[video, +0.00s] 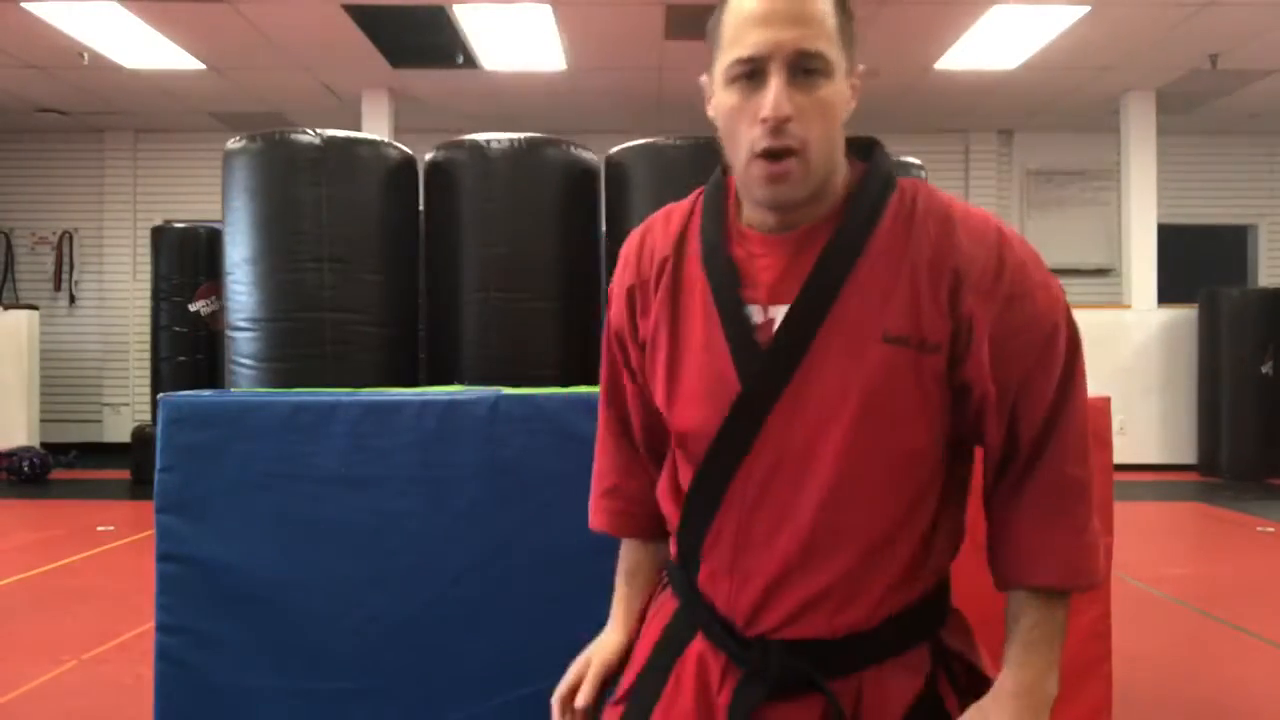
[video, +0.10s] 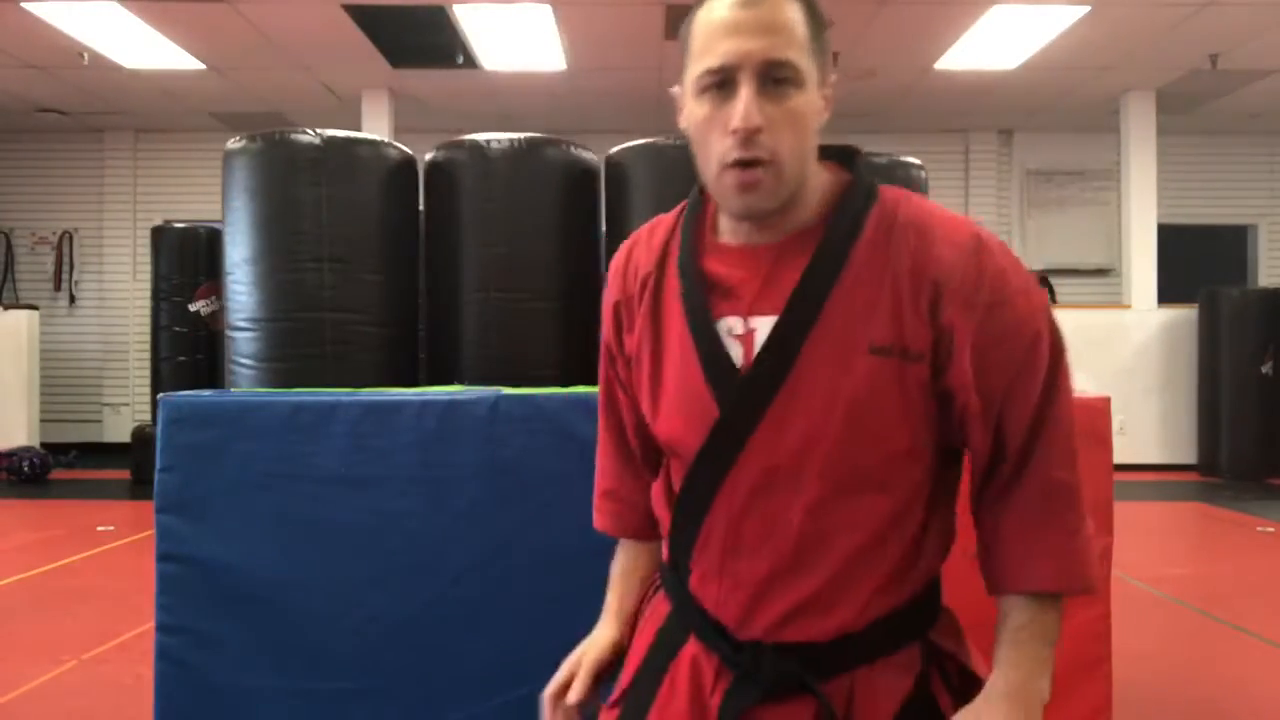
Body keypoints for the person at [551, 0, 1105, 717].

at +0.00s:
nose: (776, 107)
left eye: (807, 72)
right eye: (748, 76)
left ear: (853, 89)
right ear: (711, 100)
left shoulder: (974, 263)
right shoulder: (652, 258)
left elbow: (1045, 478)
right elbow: (638, 458)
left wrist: (1027, 683)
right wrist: (621, 622)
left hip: (883, 688)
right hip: (686, 676)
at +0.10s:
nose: (746, 116)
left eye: (778, 82)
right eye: (719, 85)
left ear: (826, 97)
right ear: (681, 108)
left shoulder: (955, 268)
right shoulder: (641, 269)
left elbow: (1034, 486)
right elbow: (636, 468)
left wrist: (1018, 688)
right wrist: (613, 618)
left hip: (872, 689)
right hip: (678, 677)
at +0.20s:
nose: (717, 125)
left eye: (746, 91)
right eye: (688, 95)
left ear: (793, 104)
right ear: (654, 117)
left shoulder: (923, 266)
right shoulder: (620, 280)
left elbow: (996, 484)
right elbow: (602, 486)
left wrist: (981, 687)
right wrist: (563, 655)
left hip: (857, 690)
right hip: (669, 682)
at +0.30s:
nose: (685, 131)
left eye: (714, 99)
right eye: (658, 102)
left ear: (759, 116)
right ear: (624, 122)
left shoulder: (869, 271)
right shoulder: (586, 288)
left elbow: (924, 472)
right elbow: (537, 489)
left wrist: (888, 645)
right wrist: (484, 653)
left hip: (819, 678)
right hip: (639, 674)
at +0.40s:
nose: (644, 140)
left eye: (673, 112)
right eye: (620, 111)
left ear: (715, 126)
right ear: (586, 128)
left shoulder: (802, 271)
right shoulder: (544, 282)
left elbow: (853, 474)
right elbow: (476, 439)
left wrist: (775, 530)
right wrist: (434, 514)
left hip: (773, 670)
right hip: (605, 665)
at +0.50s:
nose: (606, 150)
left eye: (635, 118)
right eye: (583, 119)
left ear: (677, 124)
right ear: (550, 126)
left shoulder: (769, 253)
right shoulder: (517, 250)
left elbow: (819, 454)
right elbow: (440, 440)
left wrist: (713, 353)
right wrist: (426, 346)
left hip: (739, 655)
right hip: (581, 649)